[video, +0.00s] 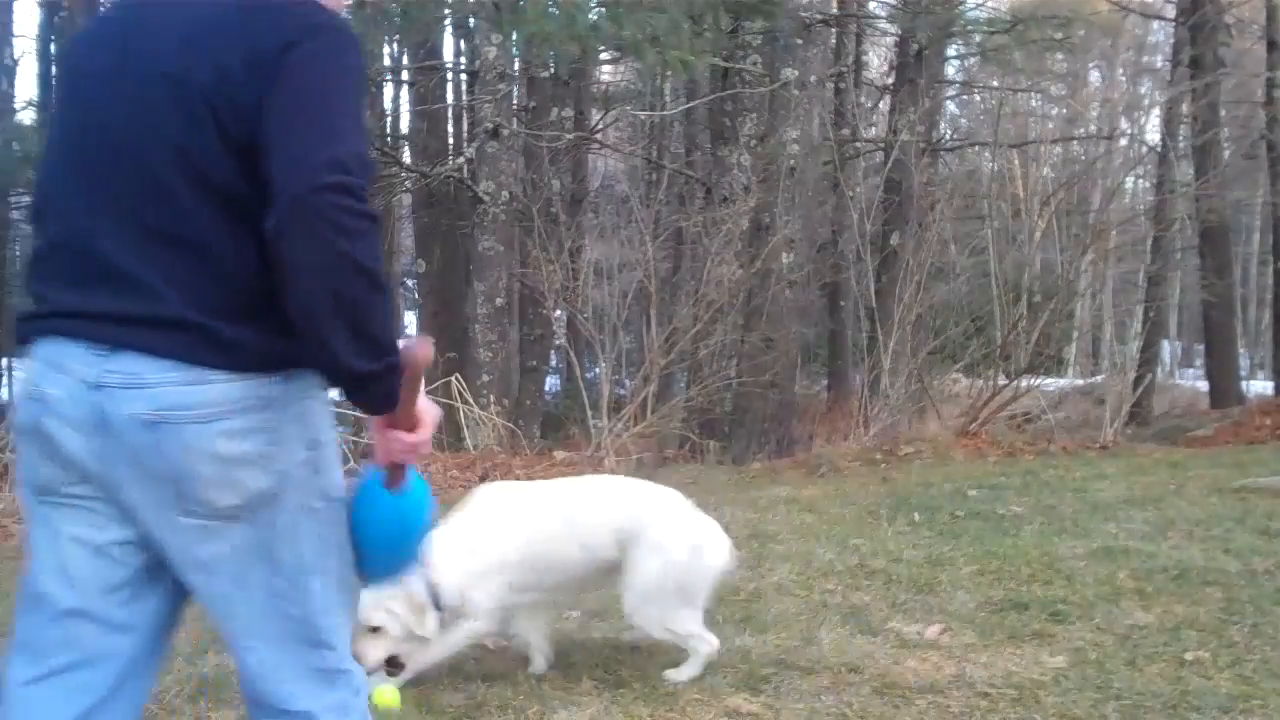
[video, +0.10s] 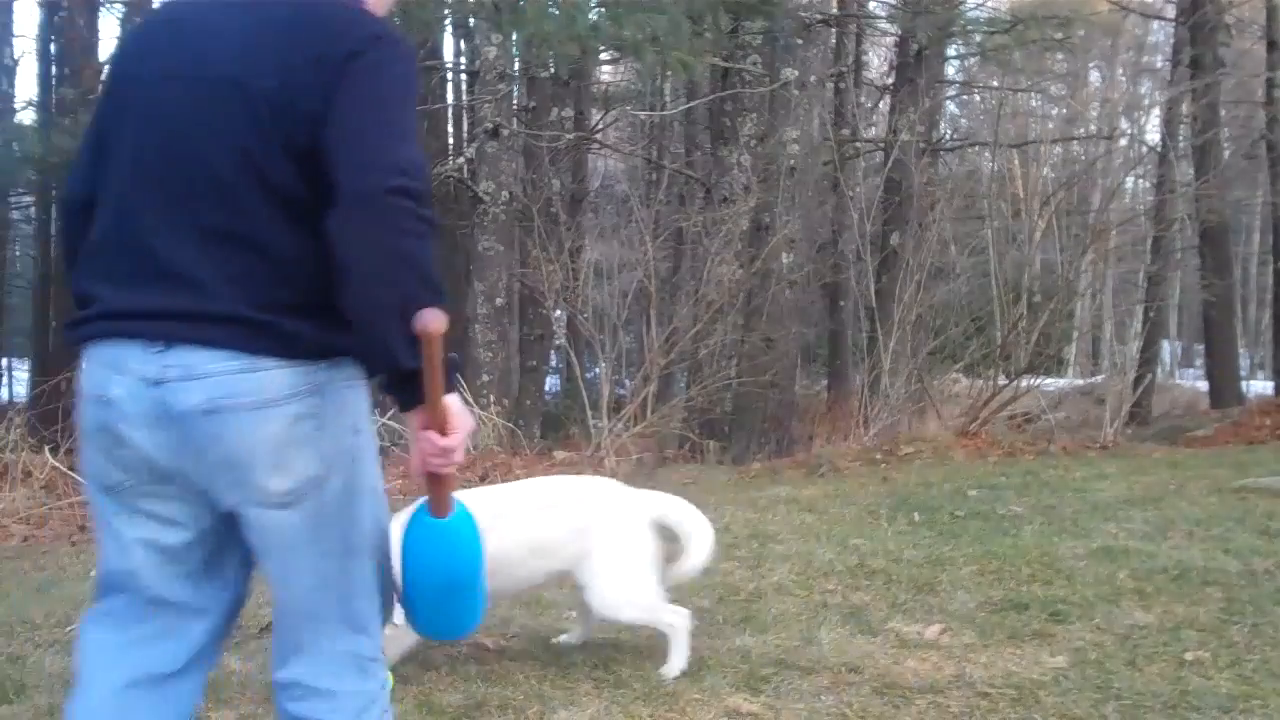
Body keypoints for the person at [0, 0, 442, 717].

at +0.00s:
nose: (348, 5)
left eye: (351, 4)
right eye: (347, 1)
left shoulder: (108, 27)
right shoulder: (307, 35)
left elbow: (63, 210)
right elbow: (318, 214)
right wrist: (383, 382)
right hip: (224, 399)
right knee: (309, 683)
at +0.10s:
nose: (393, 10)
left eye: (395, 6)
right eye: (393, 4)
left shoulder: (158, 30)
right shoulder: (362, 41)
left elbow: (82, 198)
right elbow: (379, 211)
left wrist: (117, 324)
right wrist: (427, 391)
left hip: (118, 372)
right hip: (277, 381)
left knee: (143, 623)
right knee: (331, 642)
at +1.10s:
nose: (428, 123)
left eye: (430, 112)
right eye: (433, 111)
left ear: (360, 73)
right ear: (415, 93)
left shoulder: (246, 112)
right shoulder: (423, 154)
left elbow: (160, 224)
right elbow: (440, 294)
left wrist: (163, 339)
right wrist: (421, 403)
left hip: (213, 347)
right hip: (343, 359)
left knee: (238, 575)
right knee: (357, 550)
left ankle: (265, 711)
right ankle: (340, 706)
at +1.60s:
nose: (469, 131)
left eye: (475, 122)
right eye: (473, 118)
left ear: (414, 78)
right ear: (453, 89)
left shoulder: (321, 114)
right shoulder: (436, 129)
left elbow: (247, 221)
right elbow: (444, 227)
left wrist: (261, 301)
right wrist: (450, 329)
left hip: (247, 335)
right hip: (333, 348)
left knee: (287, 500)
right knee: (335, 535)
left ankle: (263, 650)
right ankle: (297, 701)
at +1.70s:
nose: (478, 133)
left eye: (487, 123)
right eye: (486, 118)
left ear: (431, 75)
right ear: (465, 84)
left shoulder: (363, 110)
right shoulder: (430, 112)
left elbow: (347, 234)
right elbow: (429, 176)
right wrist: (446, 275)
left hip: (267, 332)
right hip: (334, 341)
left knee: (329, 510)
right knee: (337, 533)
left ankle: (354, 653)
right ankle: (293, 701)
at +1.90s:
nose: (516, 134)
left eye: (525, 125)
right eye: (520, 117)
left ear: (487, 89)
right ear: (490, 85)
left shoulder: (443, 133)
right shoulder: (431, 117)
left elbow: (437, 249)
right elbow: (393, 203)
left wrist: (449, 330)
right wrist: (427, 306)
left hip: (389, 346)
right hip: (350, 342)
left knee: (424, 504)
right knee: (358, 528)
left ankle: (429, 655)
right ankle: (295, 700)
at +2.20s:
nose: (568, 107)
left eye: (577, 97)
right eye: (563, 88)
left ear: (570, 94)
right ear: (520, 65)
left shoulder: (524, 153)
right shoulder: (452, 113)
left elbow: (510, 259)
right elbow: (375, 186)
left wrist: (538, 331)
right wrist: (435, 280)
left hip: (450, 336)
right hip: (395, 324)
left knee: (475, 486)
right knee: (474, 483)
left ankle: (441, 645)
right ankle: (398, 640)